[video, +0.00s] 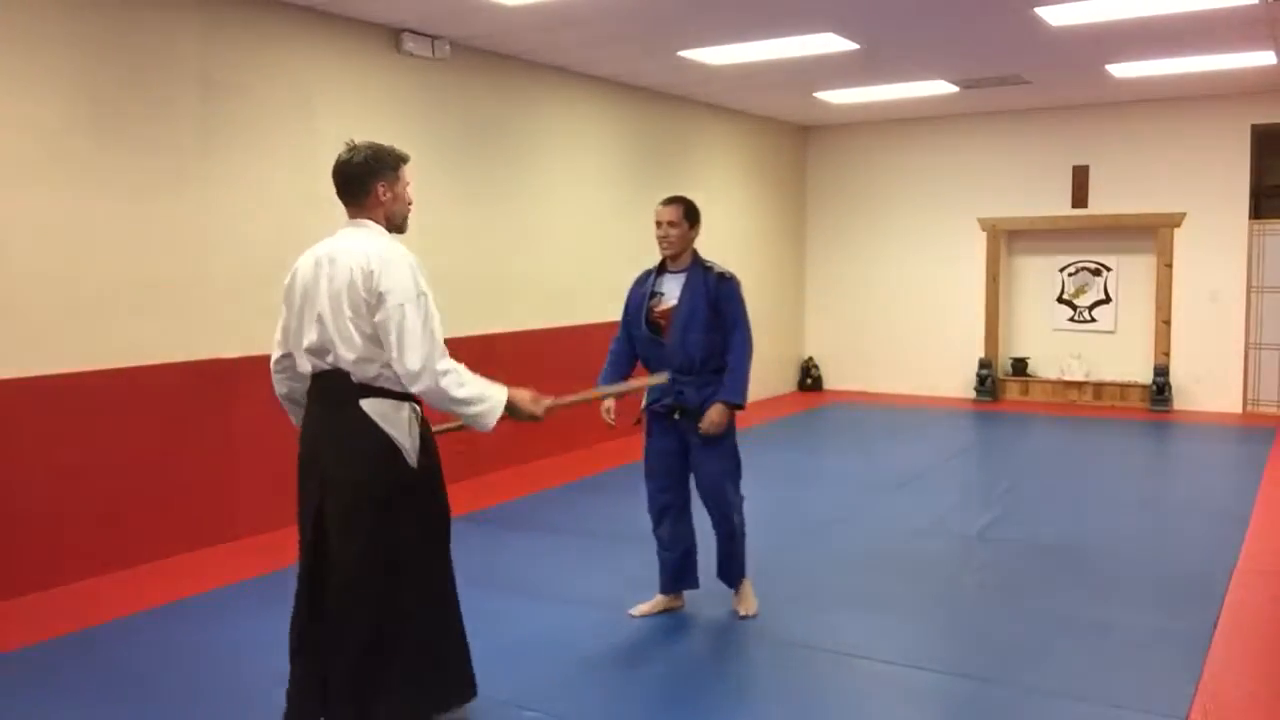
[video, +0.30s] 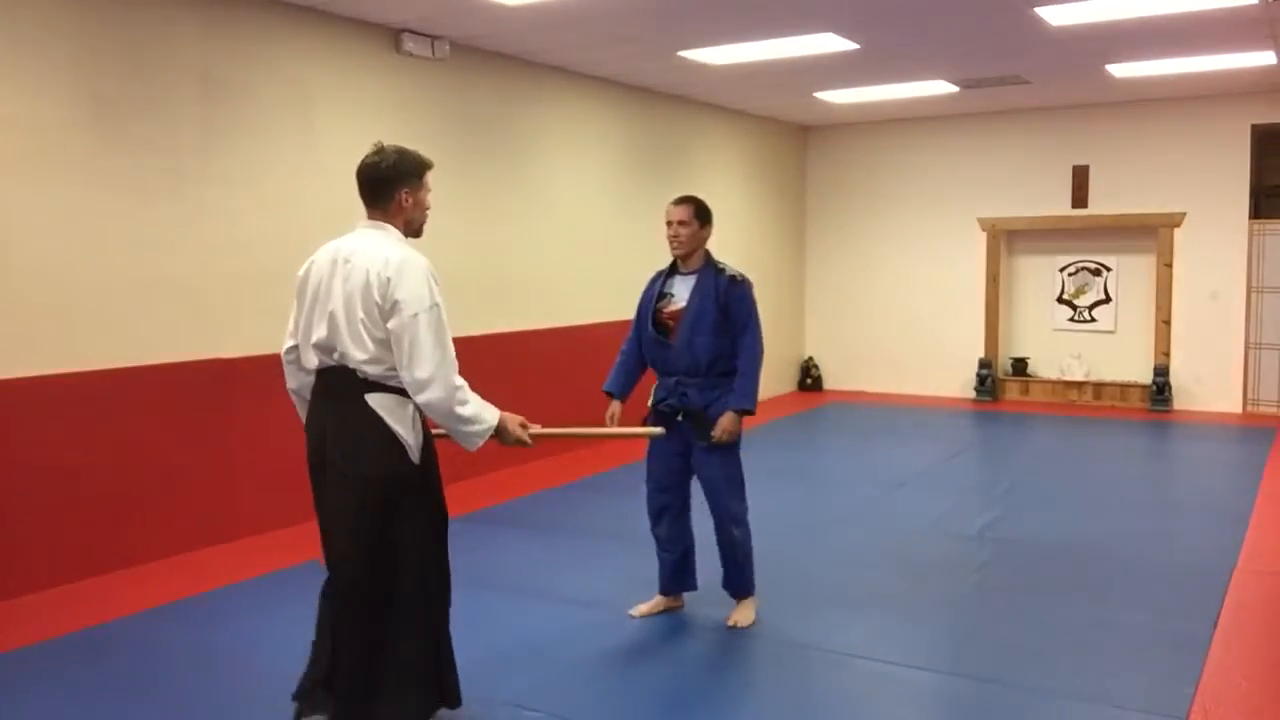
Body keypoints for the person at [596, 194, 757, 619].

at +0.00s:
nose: (663, 233)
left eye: (672, 226)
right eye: (658, 225)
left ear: (693, 230)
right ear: (654, 230)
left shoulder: (719, 284)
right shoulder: (644, 284)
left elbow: (740, 347)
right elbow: (624, 343)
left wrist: (726, 402)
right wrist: (609, 389)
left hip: (708, 412)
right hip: (661, 413)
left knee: (723, 502)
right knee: (664, 504)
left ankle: (739, 582)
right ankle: (671, 592)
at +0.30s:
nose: (674, 233)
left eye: (683, 225)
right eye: (669, 225)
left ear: (705, 230)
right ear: (665, 230)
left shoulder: (731, 286)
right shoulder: (658, 284)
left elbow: (750, 351)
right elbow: (637, 342)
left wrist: (737, 409)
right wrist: (617, 393)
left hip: (715, 412)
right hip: (667, 411)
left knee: (728, 510)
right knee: (664, 504)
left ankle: (744, 598)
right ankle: (671, 593)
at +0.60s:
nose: (698, 234)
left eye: (707, 226)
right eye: (694, 226)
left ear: (730, 232)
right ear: (691, 231)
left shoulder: (751, 284)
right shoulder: (682, 281)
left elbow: (757, 331)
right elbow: (646, 312)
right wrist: (630, 306)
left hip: (733, 407)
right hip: (687, 403)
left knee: (739, 505)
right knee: (664, 494)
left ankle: (747, 597)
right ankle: (674, 586)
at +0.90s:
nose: (694, 231)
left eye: (703, 225)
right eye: (691, 224)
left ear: (720, 230)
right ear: (687, 231)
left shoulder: (740, 276)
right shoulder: (675, 273)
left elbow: (735, 262)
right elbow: (631, 259)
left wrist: (715, 202)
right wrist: (623, 210)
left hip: (733, 401)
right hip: (687, 401)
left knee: (744, 500)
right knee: (679, 492)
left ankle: (750, 593)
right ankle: (685, 583)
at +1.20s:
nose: (696, 242)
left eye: (705, 235)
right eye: (693, 235)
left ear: (727, 240)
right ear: (690, 240)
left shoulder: (753, 289)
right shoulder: (680, 287)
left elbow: (750, 345)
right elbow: (645, 336)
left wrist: (726, 299)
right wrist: (660, 297)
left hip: (739, 408)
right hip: (691, 407)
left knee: (747, 489)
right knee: (676, 487)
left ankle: (757, 560)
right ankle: (684, 584)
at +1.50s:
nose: (683, 250)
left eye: (691, 243)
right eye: (679, 244)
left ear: (713, 247)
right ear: (676, 249)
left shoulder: (742, 294)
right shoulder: (666, 296)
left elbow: (757, 344)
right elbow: (627, 347)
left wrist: (727, 305)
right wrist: (641, 308)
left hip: (730, 413)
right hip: (681, 414)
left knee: (740, 491)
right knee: (654, 483)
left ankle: (757, 565)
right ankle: (658, 581)